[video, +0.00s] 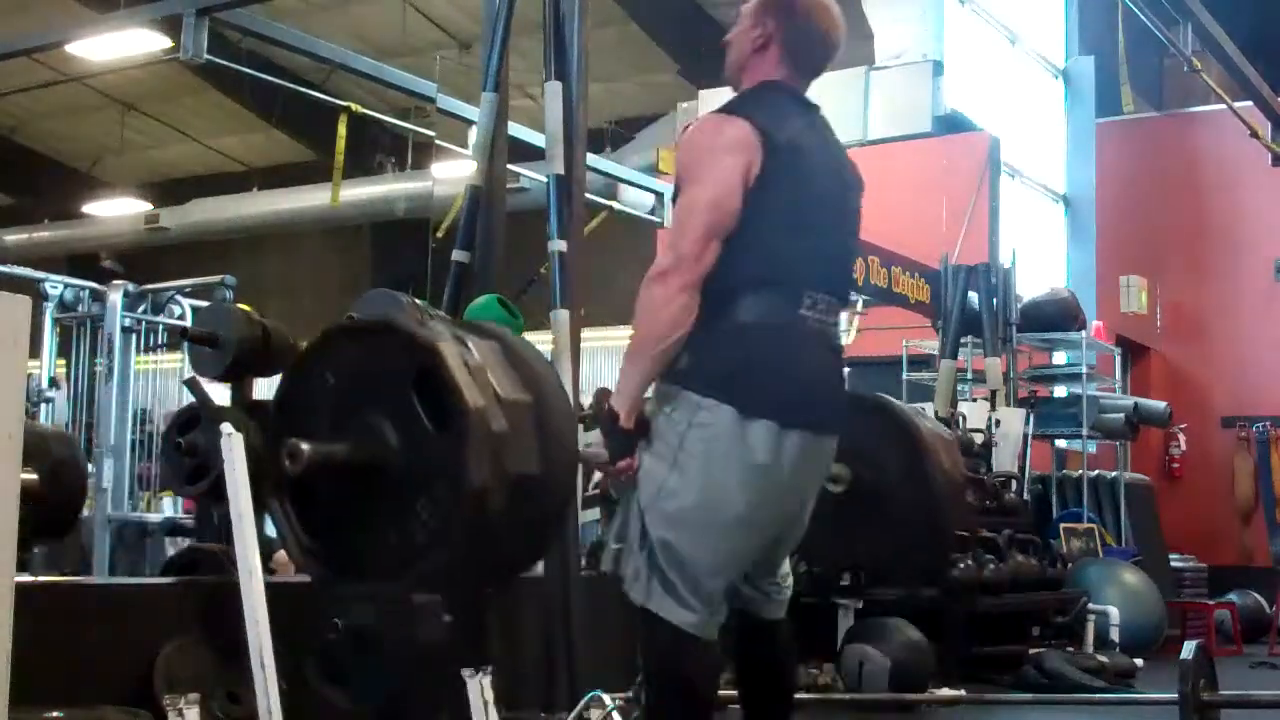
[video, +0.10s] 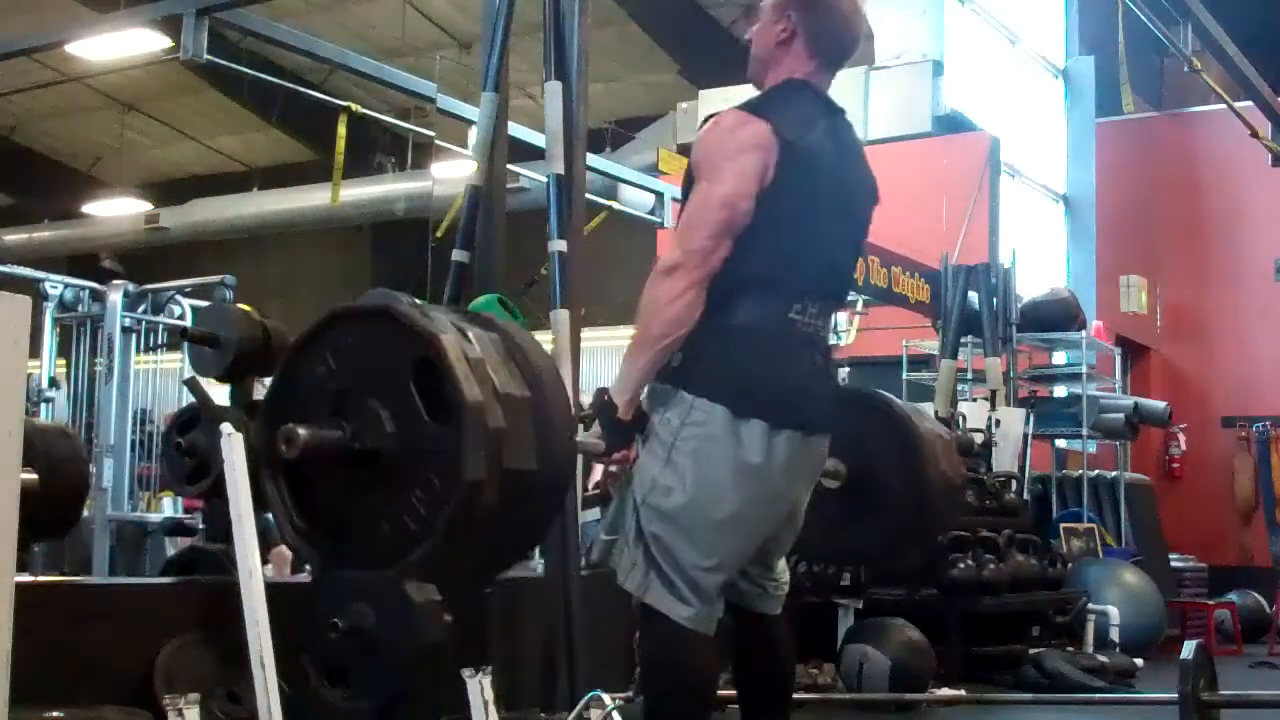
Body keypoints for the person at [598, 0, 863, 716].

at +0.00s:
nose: (727, 33)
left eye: (739, 21)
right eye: (734, 23)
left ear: (763, 35)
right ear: (804, 53)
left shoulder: (728, 129)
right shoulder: (832, 153)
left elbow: (679, 269)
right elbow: (812, 292)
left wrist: (625, 399)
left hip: (727, 389)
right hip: (813, 395)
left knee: (677, 607)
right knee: (759, 598)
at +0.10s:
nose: (747, 32)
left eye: (758, 17)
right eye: (754, 18)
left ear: (786, 28)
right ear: (828, 49)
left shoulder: (745, 129)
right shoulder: (847, 153)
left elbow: (686, 269)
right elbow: (794, 298)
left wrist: (622, 398)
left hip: (723, 385)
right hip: (807, 392)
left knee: (676, 600)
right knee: (755, 593)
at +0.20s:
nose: (754, 45)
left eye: (764, 26)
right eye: (759, 29)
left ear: (796, 29)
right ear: (842, 48)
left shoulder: (760, 129)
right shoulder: (858, 152)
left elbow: (691, 271)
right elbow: (818, 307)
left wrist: (619, 396)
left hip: (712, 396)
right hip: (791, 403)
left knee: (675, 606)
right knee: (754, 598)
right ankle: (766, 719)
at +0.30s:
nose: (756, 53)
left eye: (765, 33)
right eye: (760, 36)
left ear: (798, 34)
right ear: (845, 51)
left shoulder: (769, 130)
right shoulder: (862, 151)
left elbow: (695, 271)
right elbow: (818, 307)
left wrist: (619, 399)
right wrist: (801, 410)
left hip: (714, 386)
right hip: (789, 391)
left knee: (675, 599)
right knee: (753, 594)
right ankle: (764, 719)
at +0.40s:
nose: (757, 55)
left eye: (766, 36)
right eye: (761, 39)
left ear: (799, 37)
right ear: (842, 51)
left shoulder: (771, 133)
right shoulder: (861, 151)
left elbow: (697, 272)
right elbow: (817, 307)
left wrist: (620, 397)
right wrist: (804, 409)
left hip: (715, 383)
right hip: (788, 387)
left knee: (672, 600)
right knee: (752, 596)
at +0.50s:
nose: (758, 58)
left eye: (766, 39)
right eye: (762, 41)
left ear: (800, 39)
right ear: (843, 54)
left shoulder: (771, 134)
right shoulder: (862, 154)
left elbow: (696, 273)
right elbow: (817, 307)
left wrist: (620, 397)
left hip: (715, 380)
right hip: (788, 385)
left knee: (671, 601)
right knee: (752, 596)